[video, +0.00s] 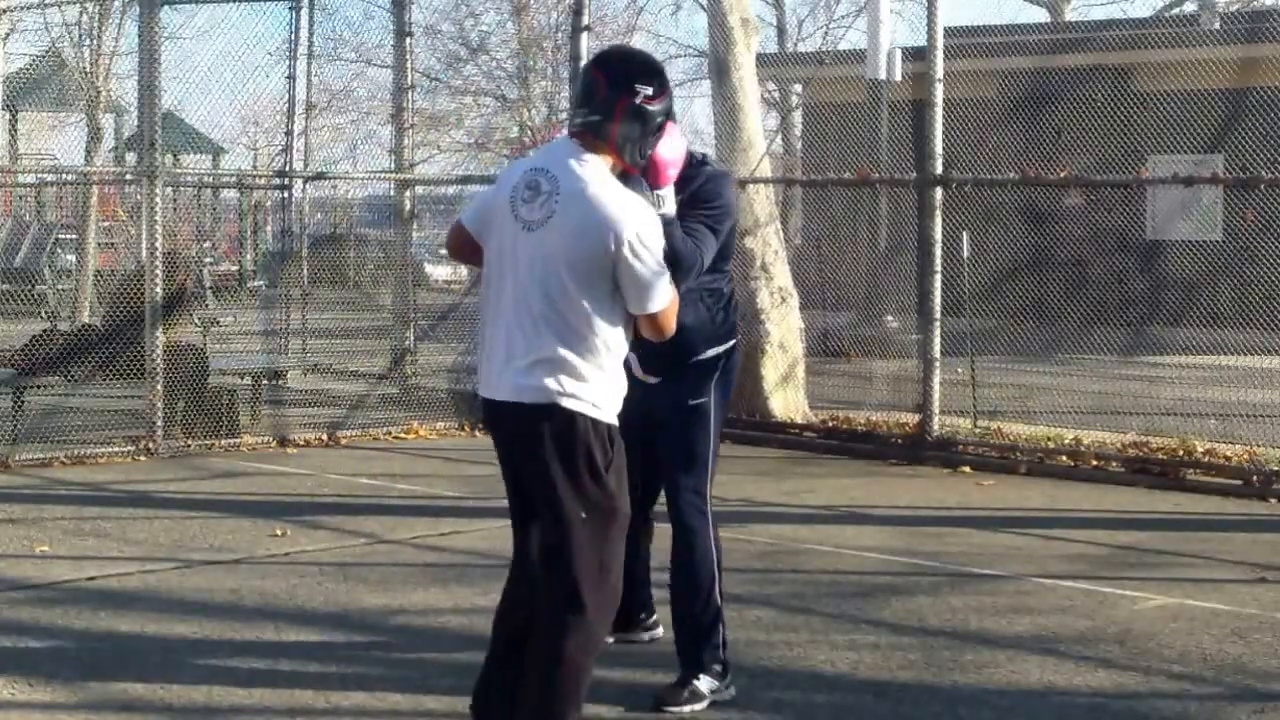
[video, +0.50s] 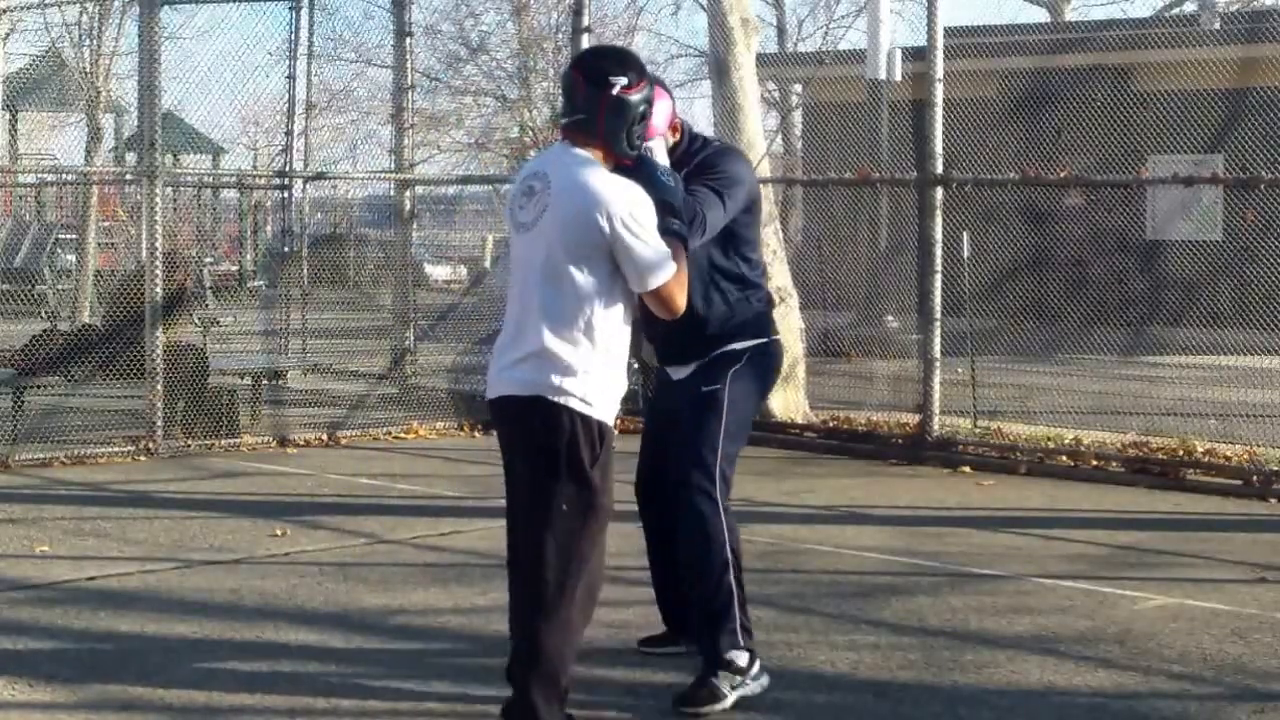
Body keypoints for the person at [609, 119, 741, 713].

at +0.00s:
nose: (640, 157)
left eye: (648, 145)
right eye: (636, 147)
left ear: (671, 137)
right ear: (629, 147)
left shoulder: (710, 183)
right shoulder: (621, 184)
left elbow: (688, 259)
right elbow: (600, 252)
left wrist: (660, 193)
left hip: (694, 363)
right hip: (629, 357)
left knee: (687, 508)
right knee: (628, 497)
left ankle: (705, 666)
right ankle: (632, 611)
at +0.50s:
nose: (631, 150)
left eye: (637, 138)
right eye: (625, 142)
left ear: (663, 126)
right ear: (634, 139)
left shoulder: (725, 166)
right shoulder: (638, 180)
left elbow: (688, 230)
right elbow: (623, 245)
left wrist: (648, 163)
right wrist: (593, 167)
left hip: (734, 354)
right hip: (676, 362)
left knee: (699, 488)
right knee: (655, 488)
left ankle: (732, 655)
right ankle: (685, 623)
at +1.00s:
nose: (711, 209)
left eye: (715, 196)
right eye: (701, 201)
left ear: (738, 167)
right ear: (685, 183)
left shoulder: (798, 202)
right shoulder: (728, 198)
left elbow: (755, 283)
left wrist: (706, 239)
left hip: (806, 375)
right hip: (755, 374)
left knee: (742, 515)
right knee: (742, 504)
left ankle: (756, 683)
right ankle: (823, 589)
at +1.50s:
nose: (830, 170)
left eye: (834, 158)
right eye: (822, 161)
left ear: (864, 144)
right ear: (831, 156)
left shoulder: (912, 179)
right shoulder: (856, 196)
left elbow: (897, 259)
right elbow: (827, 281)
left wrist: (842, 201)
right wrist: (791, 230)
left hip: (923, 367)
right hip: (907, 367)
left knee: (843, 496)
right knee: (913, 492)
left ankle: (875, 650)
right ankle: (991, 608)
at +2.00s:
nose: (859, 168)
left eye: (864, 157)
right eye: (853, 158)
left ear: (897, 145)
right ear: (869, 150)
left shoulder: (951, 181)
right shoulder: (884, 181)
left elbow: (913, 268)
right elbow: (836, 258)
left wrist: (865, 201)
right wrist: (808, 203)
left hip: (970, 361)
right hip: (935, 363)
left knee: (903, 511)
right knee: (942, 498)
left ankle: (892, 676)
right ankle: (1022, 616)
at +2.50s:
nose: (898, 182)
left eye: (895, 172)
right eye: (893, 173)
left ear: (916, 157)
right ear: (926, 151)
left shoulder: (983, 179)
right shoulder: (947, 196)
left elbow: (958, 270)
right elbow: (897, 284)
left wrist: (888, 215)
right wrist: (860, 231)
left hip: (1010, 374)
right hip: (1005, 373)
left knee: (920, 503)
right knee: (993, 509)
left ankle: (904, 674)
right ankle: (1060, 641)